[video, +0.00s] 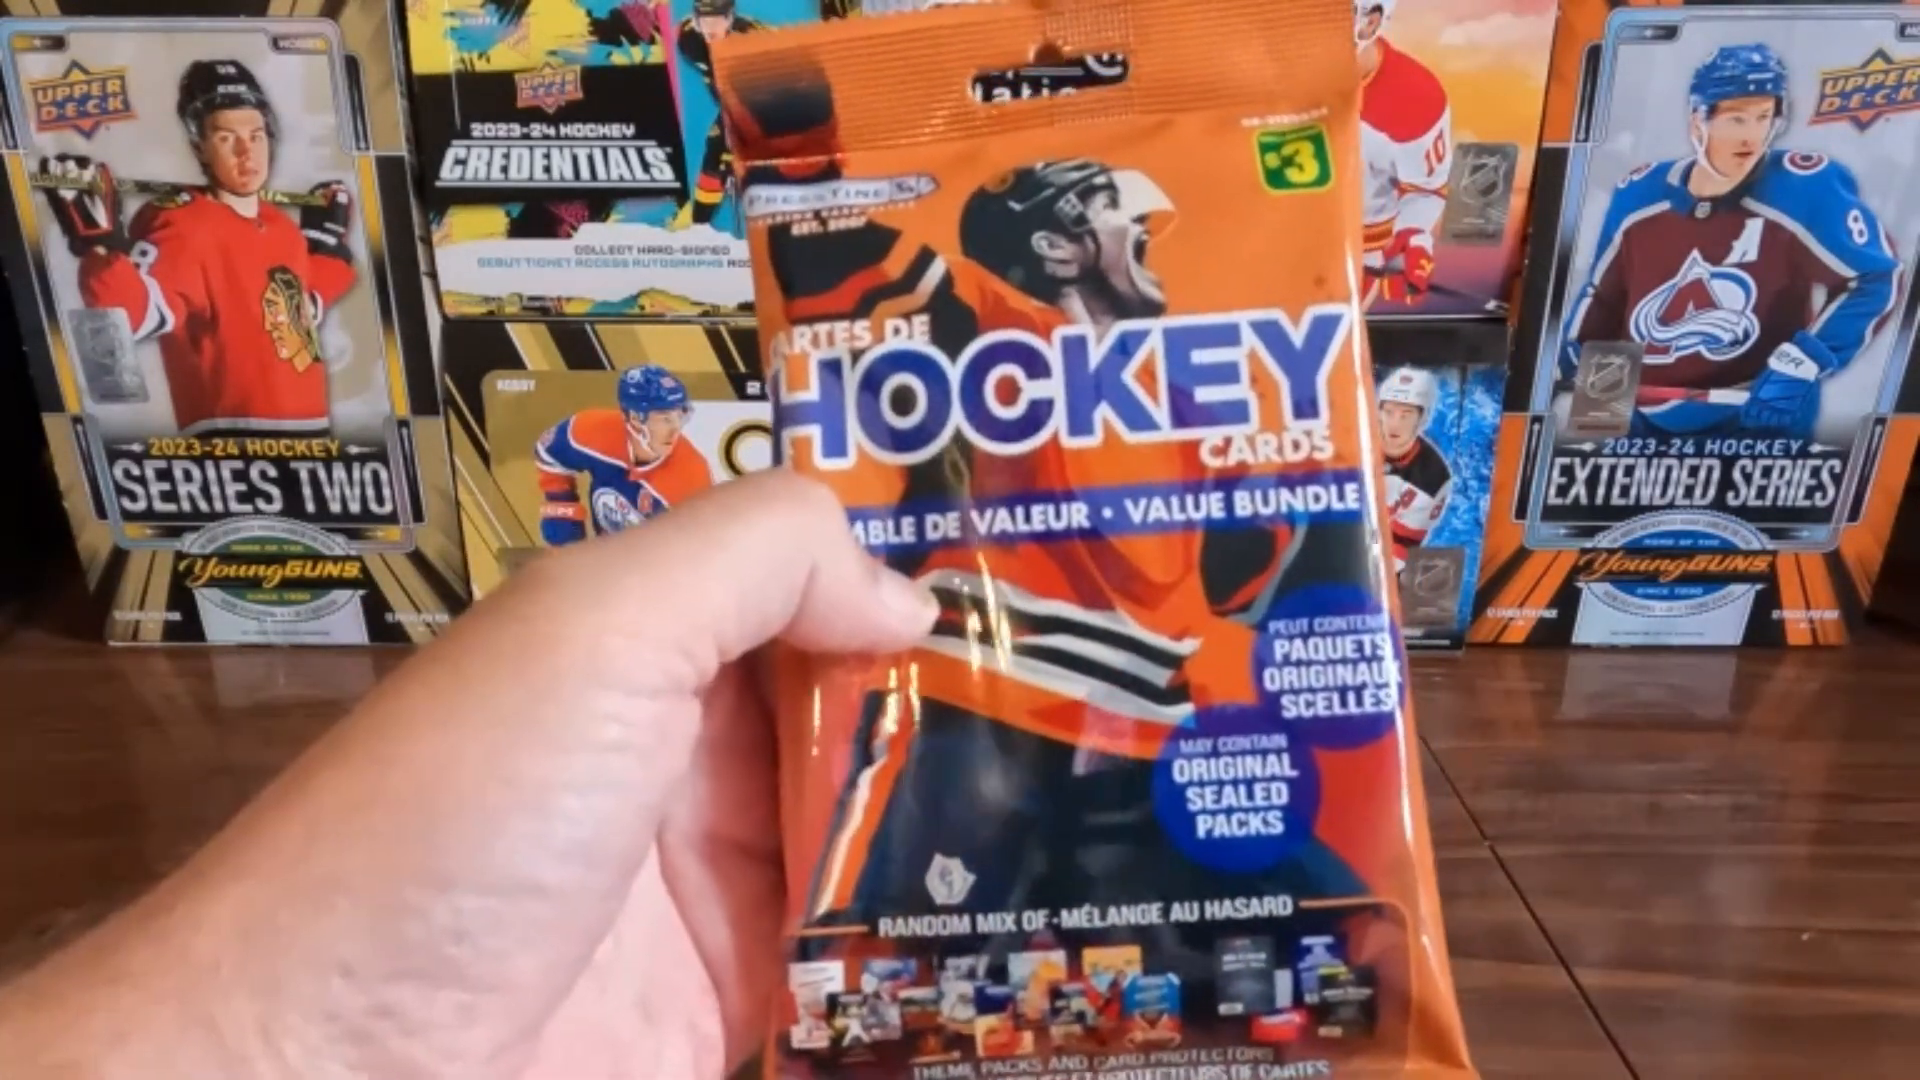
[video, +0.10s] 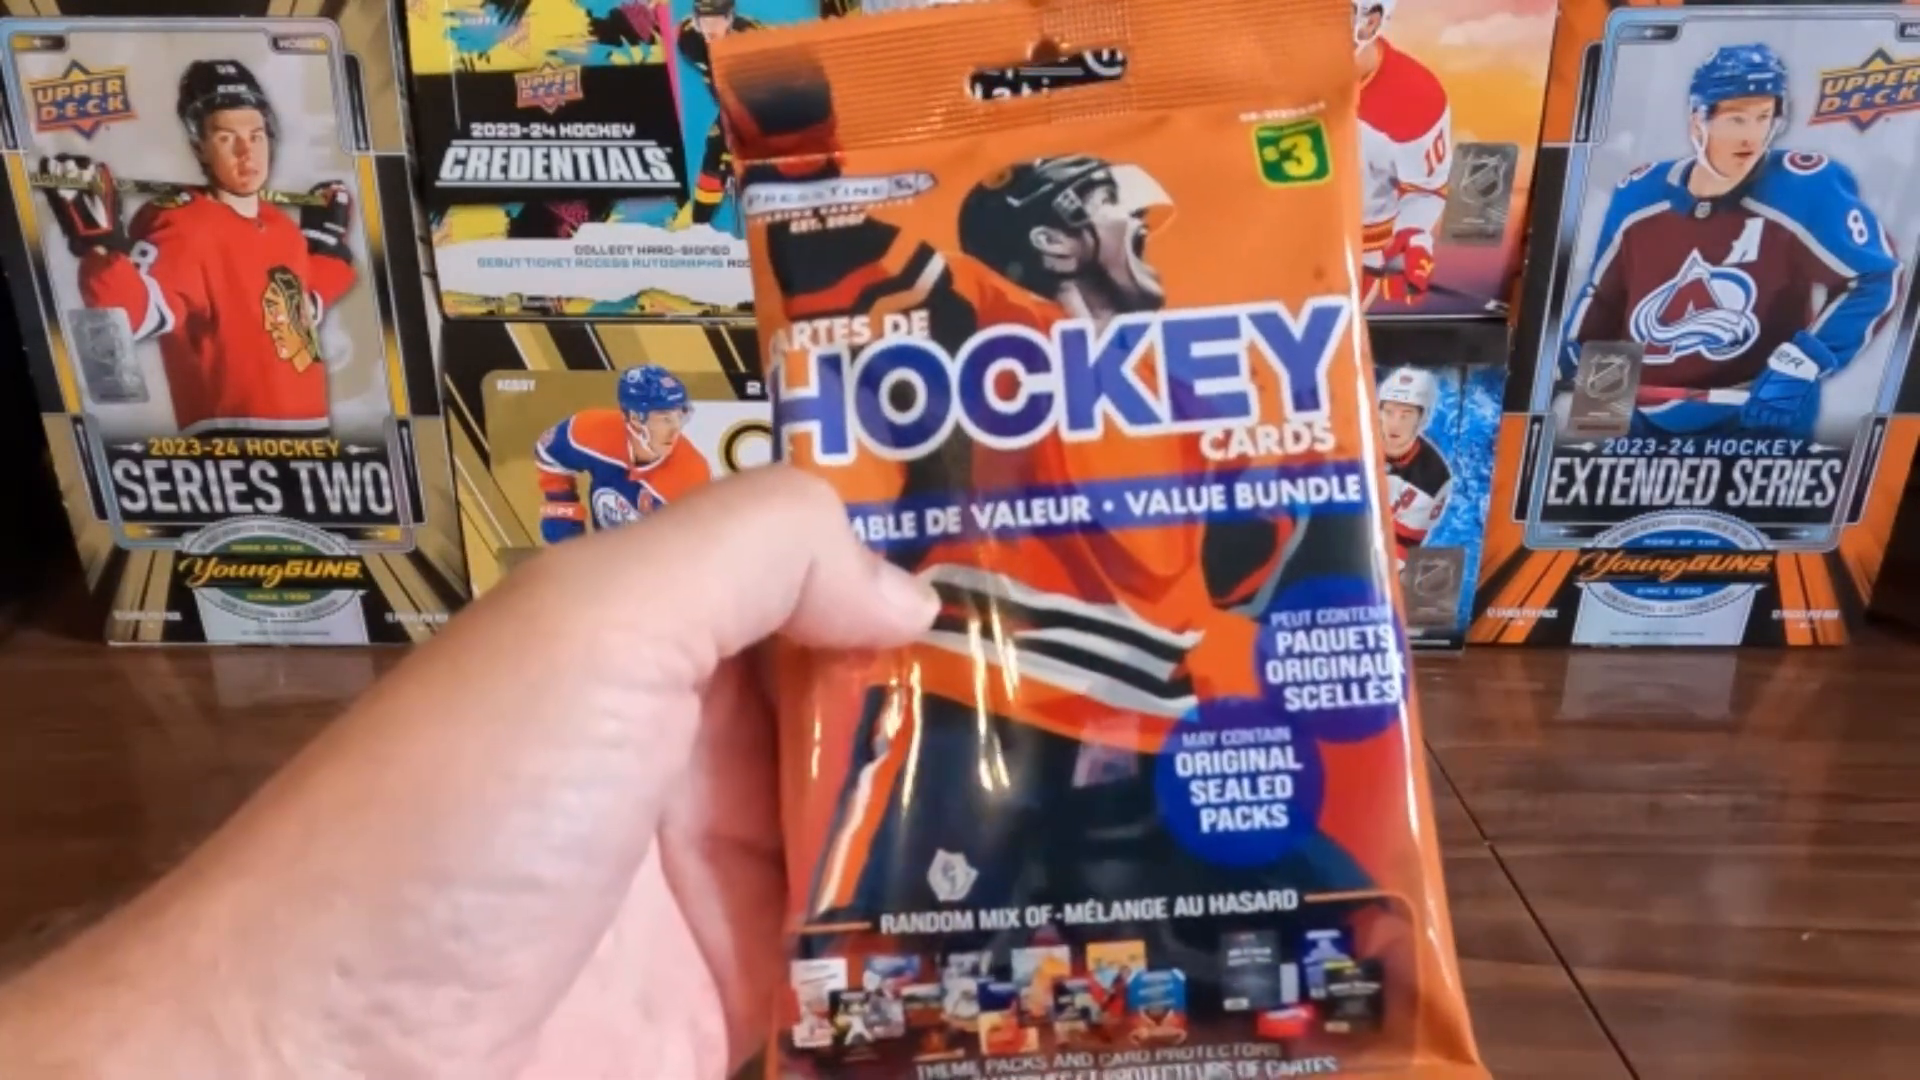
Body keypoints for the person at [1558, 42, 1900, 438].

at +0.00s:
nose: (1750, 135)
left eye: (1762, 118)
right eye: (1734, 119)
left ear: (1775, 123)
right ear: (1698, 124)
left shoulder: (1805, 192)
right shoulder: (1637, 197)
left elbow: (1878, 279)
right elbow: (1600, 296)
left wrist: (1802, 364)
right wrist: (1574, 366)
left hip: (1744, 427)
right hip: (1637, 422)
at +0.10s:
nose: (1750, 135)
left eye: (1762, 118)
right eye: (1734, 119)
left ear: (1775, 123)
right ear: (1698, 124)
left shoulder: (1805, 192)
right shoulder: (1637, 197)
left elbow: (1878, 279)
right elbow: (1600, 296)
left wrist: (1802, 364)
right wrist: (1574, 366)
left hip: (1744, 427)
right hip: (1637, 422)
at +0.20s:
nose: (1750, 135)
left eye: (1762, 118)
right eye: (1735, 119)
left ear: (1775, 123)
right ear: (1698, 124)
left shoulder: (1804, 193)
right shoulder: (1637, 198)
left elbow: (1878, 279)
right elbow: (1599, 296)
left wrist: (1801, 364)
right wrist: (1578, 362)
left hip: (1745, 427)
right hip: (1638, 421)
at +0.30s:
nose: (1750, 135)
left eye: (1762, 118)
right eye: (1734, 119)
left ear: (1775, 123)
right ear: (1698, 124)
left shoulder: (1804, 192)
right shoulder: (1637, 198)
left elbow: (1878, 279)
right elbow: (1599, 297)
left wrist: (1801, 364)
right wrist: (1574, 367)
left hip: (1745, 426)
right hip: (1638, 421)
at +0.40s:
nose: (1750, 135)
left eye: (1762, 118)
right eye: (1734, 119)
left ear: (1775, 123)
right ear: (1698, 124)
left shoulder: (1804, 192)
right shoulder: (1637, 198)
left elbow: (1878, 279)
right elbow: (1599, 297)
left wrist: (1801, 365)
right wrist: (1574, 367)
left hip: (1745, 427)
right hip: (1638, 422)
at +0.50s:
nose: (1750, 135)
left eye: (1762, 118)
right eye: (1735, 119)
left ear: (1775, 123)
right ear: (1698, 124)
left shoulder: (1804, 192)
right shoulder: (1638, 196)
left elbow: (1878, 279)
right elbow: (1600, 296)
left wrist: (1802, 364)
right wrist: (1576, 366)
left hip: (1744, 427)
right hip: (1637, 421)